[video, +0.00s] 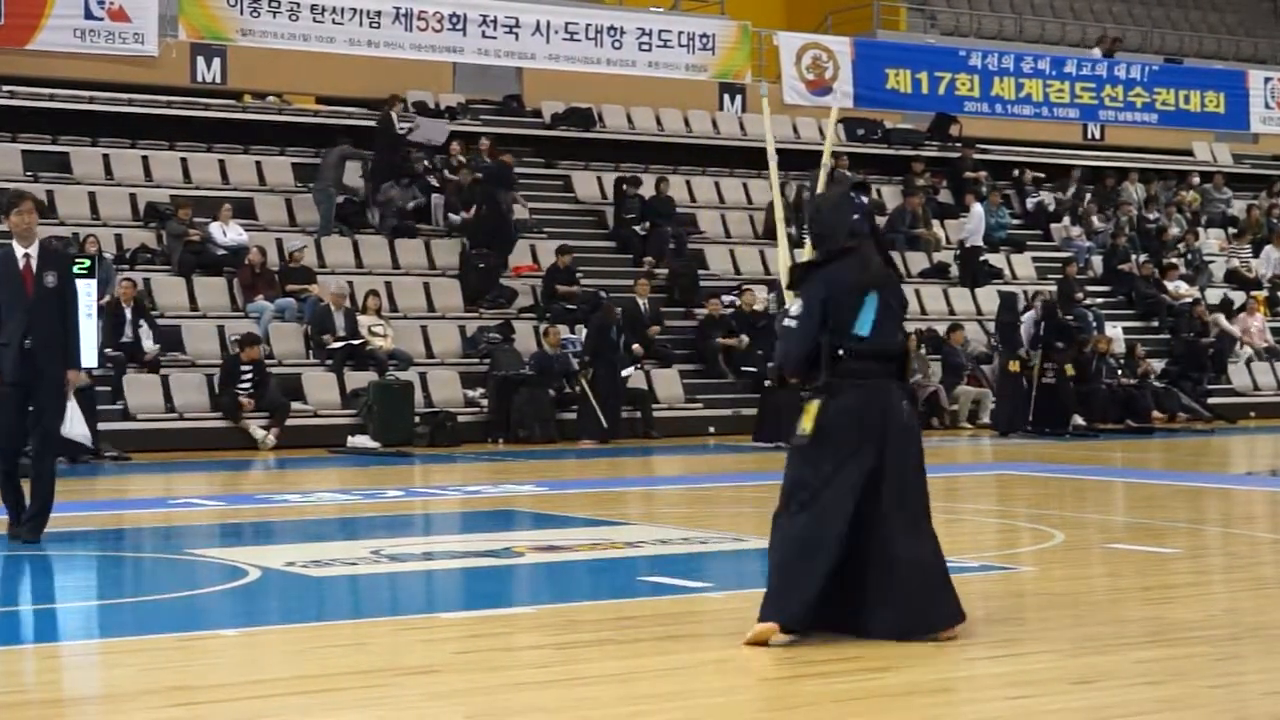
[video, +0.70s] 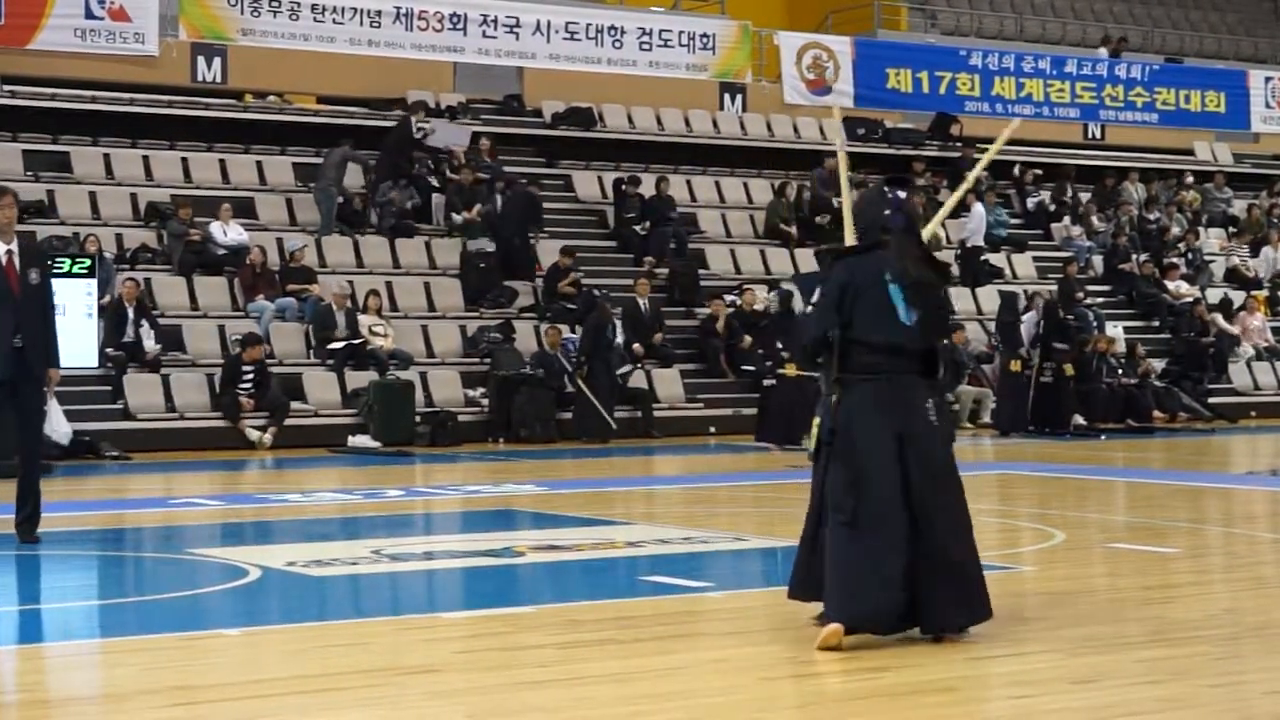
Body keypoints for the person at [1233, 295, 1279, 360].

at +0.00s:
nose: (1252, 306)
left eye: (1254, 304)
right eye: (1250, 304)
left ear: (1257, 305)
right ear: (1246, 306)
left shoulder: (1260, 317)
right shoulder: (1241, 317)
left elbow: (1266, 331)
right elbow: (1237, 331)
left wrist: (1271, 342)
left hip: (1262, 342)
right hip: (1250, 342)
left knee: (1276, 350)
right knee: (1259, 351)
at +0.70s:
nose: (1251, 305)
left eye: (1253, 303)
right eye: (1248, 303)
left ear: (1257, 304)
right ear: (1246, 305)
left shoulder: (1261, 316)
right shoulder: (1242, 315)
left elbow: (1266, 331)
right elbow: (1238, 329)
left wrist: (1272, 342)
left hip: (1261, 342)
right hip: (1248, 342)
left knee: (1276, 350)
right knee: (1260, 352)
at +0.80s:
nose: (1251, 305)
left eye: (1252, 302)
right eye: (1248, 303)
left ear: (1255, 303)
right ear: (1245, 305)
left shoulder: (1259, 315)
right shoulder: (1241, 315)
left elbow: (1266, 330)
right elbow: (1238, 331)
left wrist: (1273, 343)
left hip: (1262, 342)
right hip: (1249, 343)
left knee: (1276, 351)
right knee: (1260, 352)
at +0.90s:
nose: (1250, 305)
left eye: (1251, 302)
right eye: (1247, 303)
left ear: (1255, 304)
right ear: (1244, 305)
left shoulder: (1258, 315)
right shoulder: (1240, 316)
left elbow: (1266, 329)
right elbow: (1238, 332)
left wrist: (1272, 342)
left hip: (1262, 341)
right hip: (1249, 343)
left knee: (1276, 351)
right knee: (1260, 352)